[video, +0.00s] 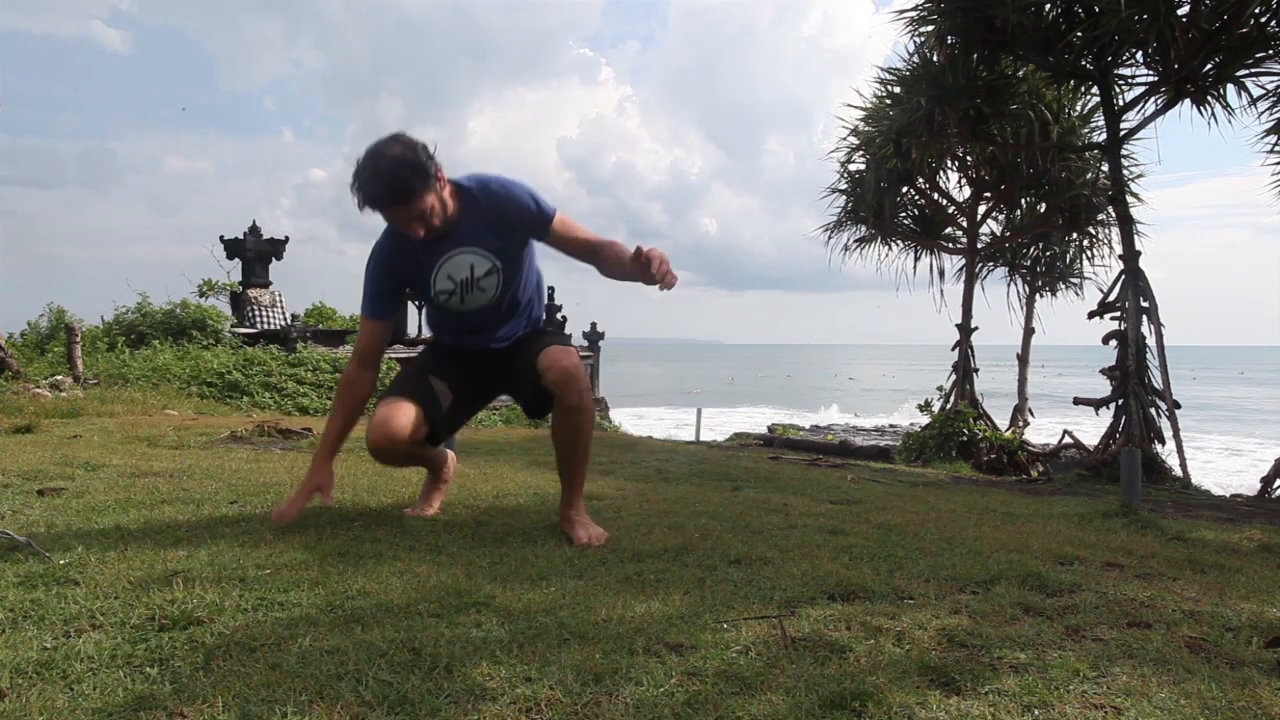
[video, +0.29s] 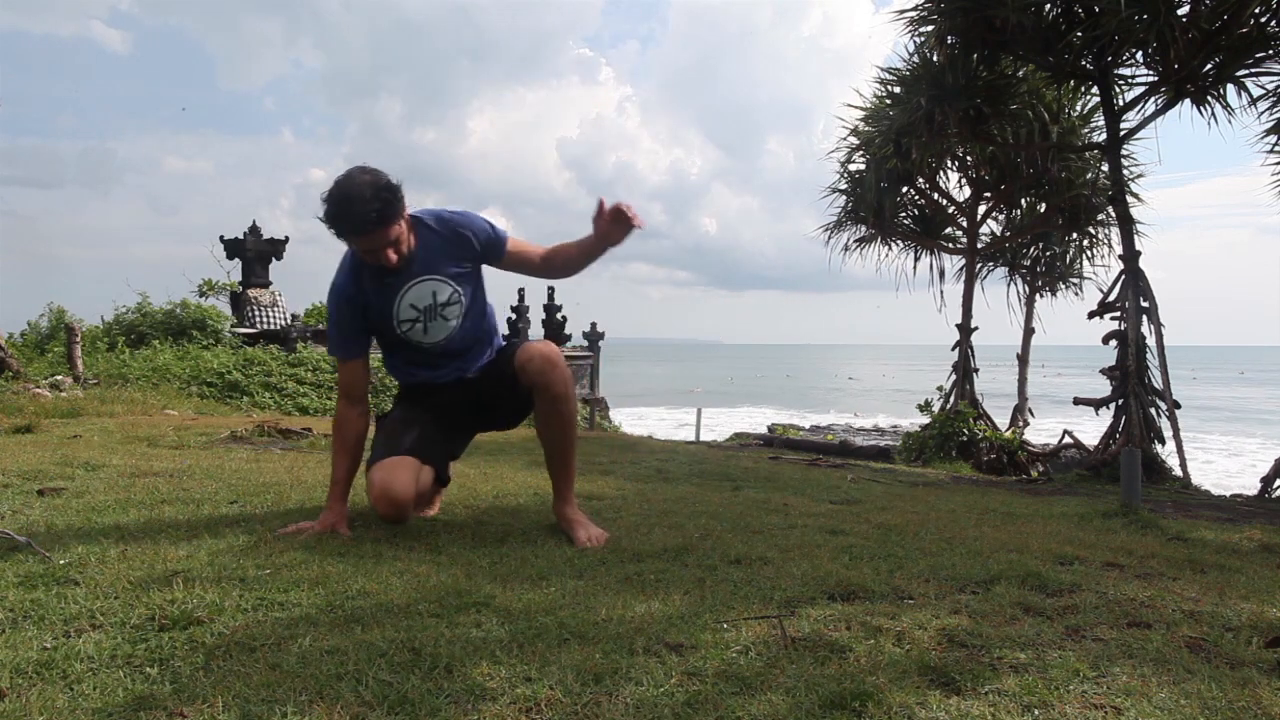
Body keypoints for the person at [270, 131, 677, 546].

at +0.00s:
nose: (415, 231)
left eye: (421, 215)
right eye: (399, 223)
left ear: (441, 182)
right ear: (383, 212)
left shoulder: (499, 199)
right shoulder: (390, 256)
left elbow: (591, 248)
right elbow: (363, 363)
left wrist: (638, 263)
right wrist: (322, 461)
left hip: (525, 343)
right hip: (454, 355)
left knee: (567, 370)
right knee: (385, 438)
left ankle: (574, 507)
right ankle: (443, 465)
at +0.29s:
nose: (388, 258)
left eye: (394, 242)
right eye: (372, 251)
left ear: (405, 212)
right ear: (348, 242)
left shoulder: (456, 232)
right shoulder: (349, 292)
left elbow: (544, 261)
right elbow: (352, 403)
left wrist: (599, 242)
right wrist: (334, 508)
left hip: (491, 379)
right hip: (424, 400)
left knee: (546, 359)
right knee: (389, 501)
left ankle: (566, 504)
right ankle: (434, 478)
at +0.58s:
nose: (380, 241)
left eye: (385, 224)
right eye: (363, 235)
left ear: (392, 204)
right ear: (333, 227)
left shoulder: (432, 227)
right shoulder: (332, 289)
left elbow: (514, 254)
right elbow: (344, 400)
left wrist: (564, 205)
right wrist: (334, 508)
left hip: (475, 378)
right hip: (412, 405)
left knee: (536, 328)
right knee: (378, 505)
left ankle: (562, 495)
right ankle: (430, 473)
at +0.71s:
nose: (386, 240)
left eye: (393, 224)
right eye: (370, 232)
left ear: (401, 206)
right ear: (340, 223)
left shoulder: (437, 236)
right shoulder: (335, 289)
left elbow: (512, 272)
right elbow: (346, 401)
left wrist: (563, 229)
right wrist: (335, 507)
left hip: (477, 383)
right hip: (415, 406)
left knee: (541, 337)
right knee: (380, 504)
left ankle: (534, 491)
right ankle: (431, 478)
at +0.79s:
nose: (393, 239)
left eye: (400, 223)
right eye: (376, 230)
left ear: (409, 207)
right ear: (346, 221)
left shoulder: (441, 239)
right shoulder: (339, 290)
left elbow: (516, 283)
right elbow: (347, 401)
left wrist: (570, 246)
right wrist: (334, 508)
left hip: (478, 388)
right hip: (415, 407)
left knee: (544, 347)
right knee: (382, 503)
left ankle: (533, 501)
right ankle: (429, 482)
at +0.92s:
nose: (415, 235)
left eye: (423, 221)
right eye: (401, 225)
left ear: (431, 205)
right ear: (369, 214)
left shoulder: (457, 244)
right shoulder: (351, 288)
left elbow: (524, 301)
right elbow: (349, 396)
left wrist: (584, 285)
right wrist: (333, 495)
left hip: (482, 389)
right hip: (416, 407)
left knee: (545, 356)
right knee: (387, 506)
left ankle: (530, 504)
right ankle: (431, 478)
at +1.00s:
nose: (438, 226)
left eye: (447, 212)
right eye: (425, 214)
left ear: (457, 199)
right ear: (393, 205)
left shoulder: (476, 246)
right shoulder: (362, 277)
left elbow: (536, 310)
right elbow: (347, 384)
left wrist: (600, 300)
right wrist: (325, 483)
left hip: (486, 392)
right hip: (416, 407)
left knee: (549, 357)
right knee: (393, 502)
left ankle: (530, 505)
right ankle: (432, 483)